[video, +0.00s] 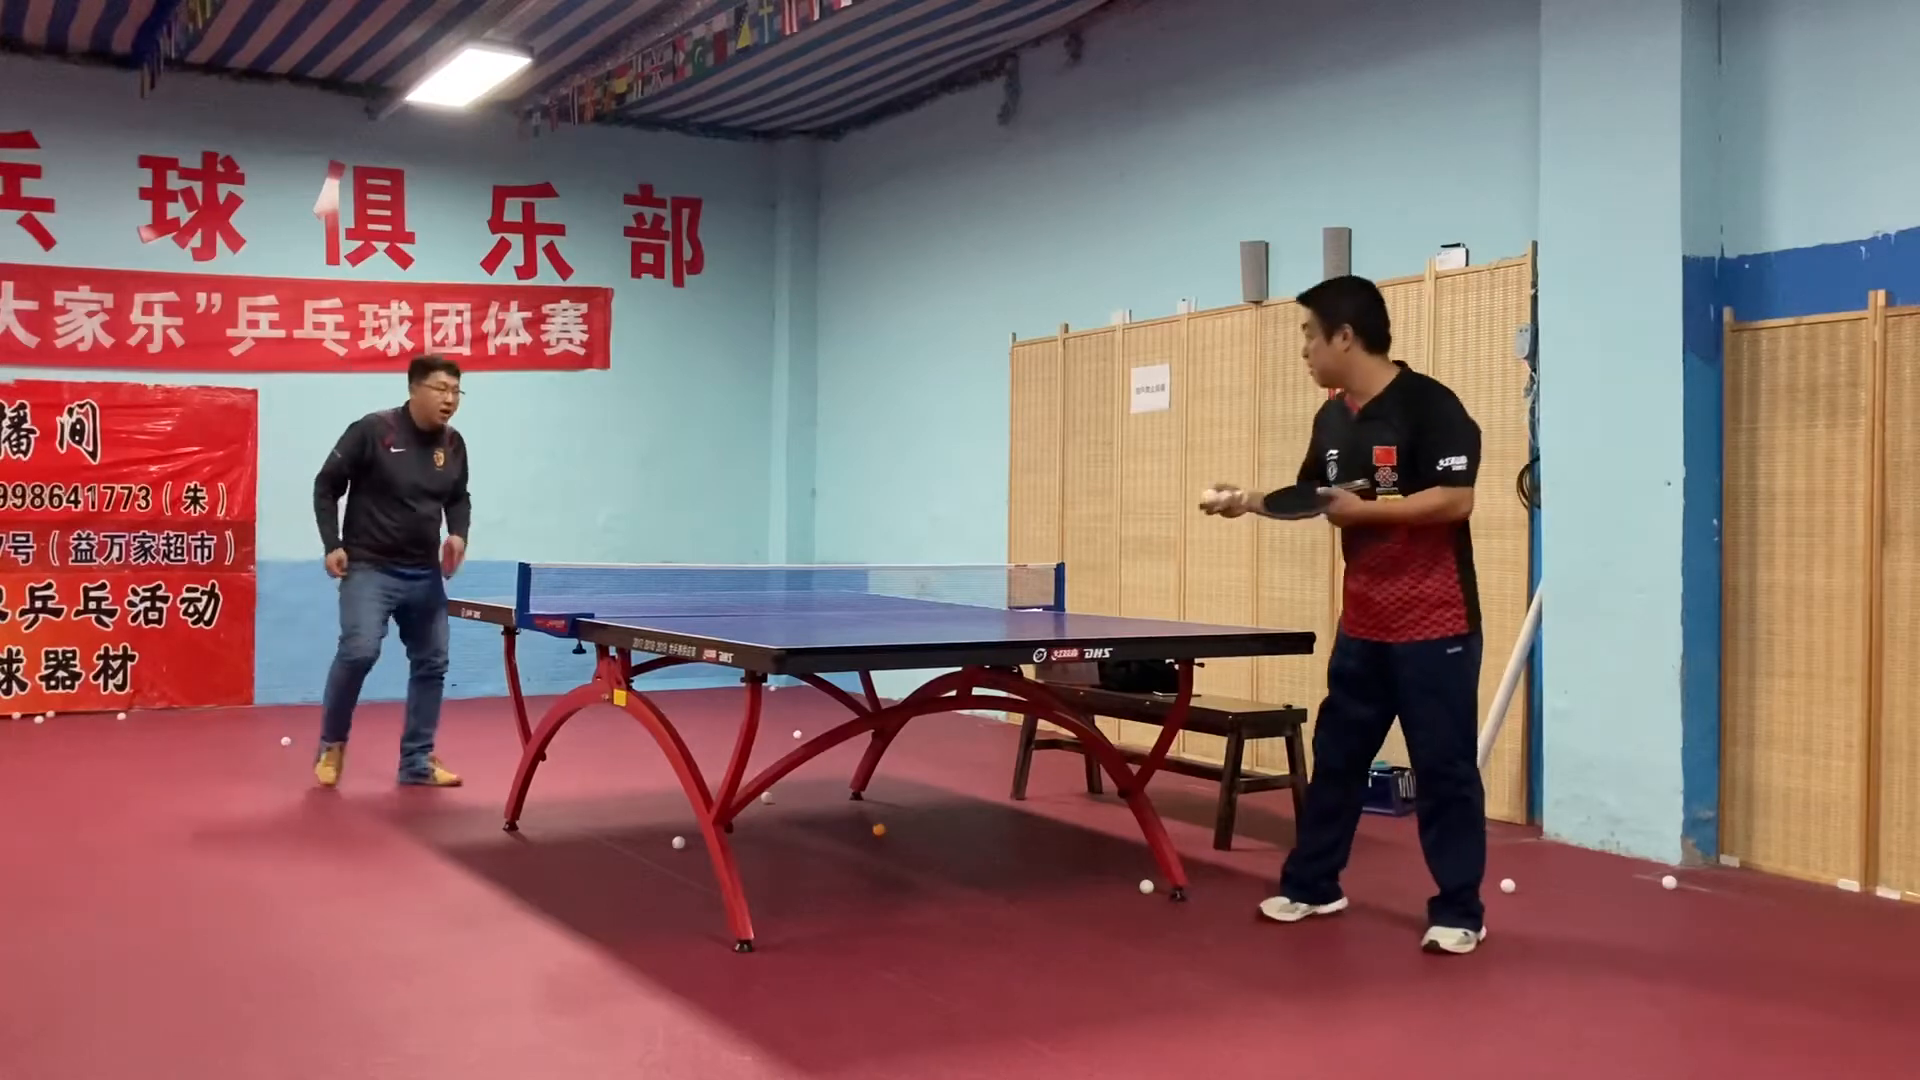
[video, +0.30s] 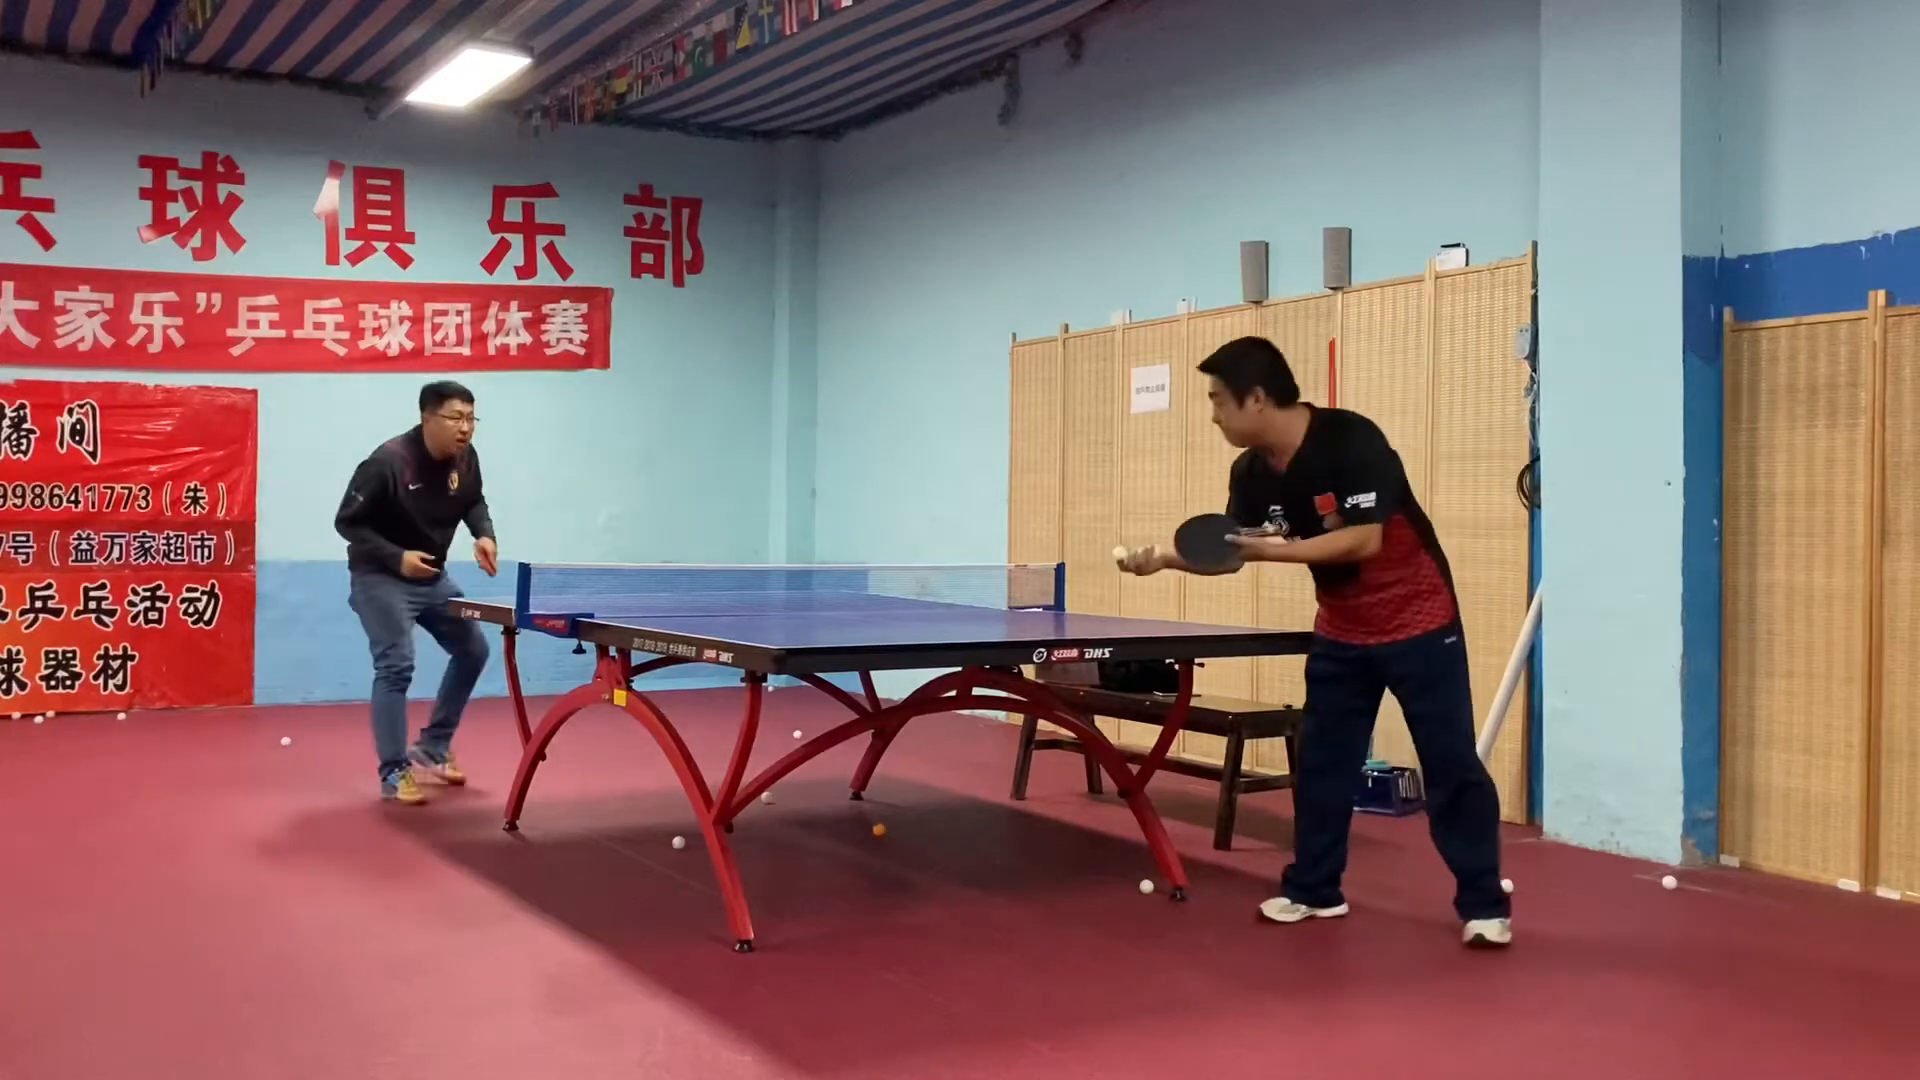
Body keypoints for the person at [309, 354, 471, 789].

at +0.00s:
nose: (449, 399)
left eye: (454, 392)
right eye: (440, 390)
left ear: (458, 398)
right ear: (414, 390)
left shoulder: (452, 443)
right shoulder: (372, 431)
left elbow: (457, 496)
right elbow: (326, 484)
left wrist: (458, 534)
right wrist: (332, 544)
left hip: (423, 575)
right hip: (368, 571)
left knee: (431, 664)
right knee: (359, 652)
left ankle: (417, 762)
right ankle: (332, 746)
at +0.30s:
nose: (465, 428)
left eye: (470, 419)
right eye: (455, 419)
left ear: (472, 422)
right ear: (426, 419)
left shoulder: (465, 457)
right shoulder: (388, 462)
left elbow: (473, 502)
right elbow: (347, 521)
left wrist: (484, 535)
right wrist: (396, 557)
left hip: (431, 578)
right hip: (380, 579)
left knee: (472, 651)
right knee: (395, 664)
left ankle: (433, 748)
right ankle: (393, 772)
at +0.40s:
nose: (468, 443)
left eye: (472, 434)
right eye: (458, 434)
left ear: (475, 435)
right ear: (430, 434)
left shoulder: (468, 468)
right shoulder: (391, 475)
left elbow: (471, 515)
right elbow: (363, 545)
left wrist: (477, 546)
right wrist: (418, 571)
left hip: (430, 583)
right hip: (380, 583)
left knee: (478, 646)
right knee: (397, 666)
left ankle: (449, 740)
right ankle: (395, 770)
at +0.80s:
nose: (496, 458)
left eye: (503, 450)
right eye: (487, 448)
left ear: (508, 452)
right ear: (461, 445)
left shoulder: (495, 484)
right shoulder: (415, 482)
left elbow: (488, 536)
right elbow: (381, 548)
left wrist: (479, 567)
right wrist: (433, 578)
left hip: (441, 582)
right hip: (391, 578)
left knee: (457, 665)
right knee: (403, 663)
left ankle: (468, 753)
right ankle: (393, 770)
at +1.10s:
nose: (516, 449)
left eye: (522, 441)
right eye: (506, 439)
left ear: (526, 444)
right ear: (479, 439)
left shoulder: (506, 482)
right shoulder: (440, 472)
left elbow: (503, 533)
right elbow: (398, 541)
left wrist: (499, 568)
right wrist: (458, 571)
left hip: (447, 587)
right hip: (398, 581)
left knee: (478, 661)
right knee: (402, 663)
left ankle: (470, 756)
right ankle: (394, 770)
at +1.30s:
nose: (526, 443)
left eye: (532, 436)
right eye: (518, 433)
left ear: (535, 441)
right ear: (492, 432)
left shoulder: (511, 484)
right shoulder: (453, 464)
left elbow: (505, 534)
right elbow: (414, 529)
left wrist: (507, 569)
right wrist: (464, 568)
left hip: (439, 583)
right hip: (393, 573)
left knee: (471, 655)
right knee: (389, 660)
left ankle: (469, 755)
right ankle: (361, 765)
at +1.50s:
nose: (516, 433)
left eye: (522, 426)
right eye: (508, 423)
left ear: (524, 431)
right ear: (481, 422)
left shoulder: (500, 479)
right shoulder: (442, 458)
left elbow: (494, 529)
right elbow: (404, 521)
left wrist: (506, 564)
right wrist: (451, 559)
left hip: (439, 583)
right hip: (394, 574)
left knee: (467, 663)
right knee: (376, 656)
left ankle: (469, 755)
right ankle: (328, 758)